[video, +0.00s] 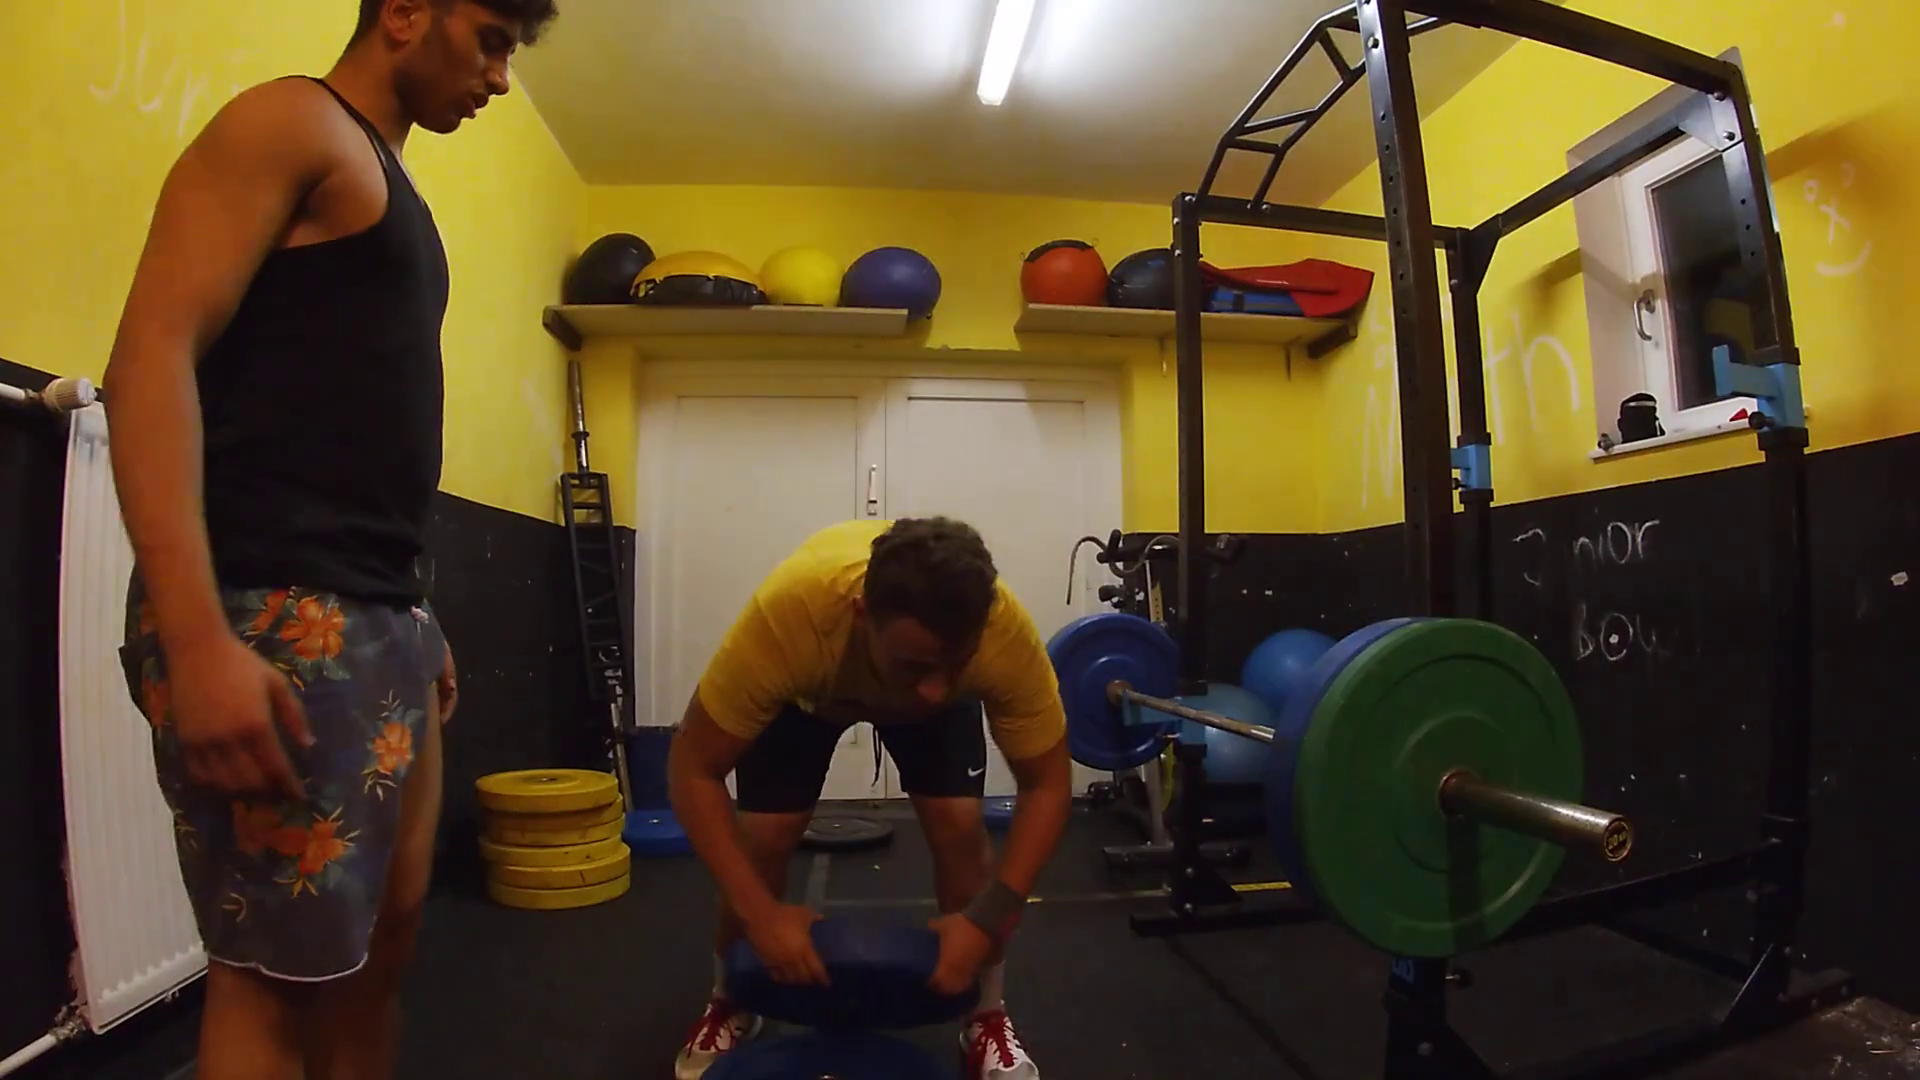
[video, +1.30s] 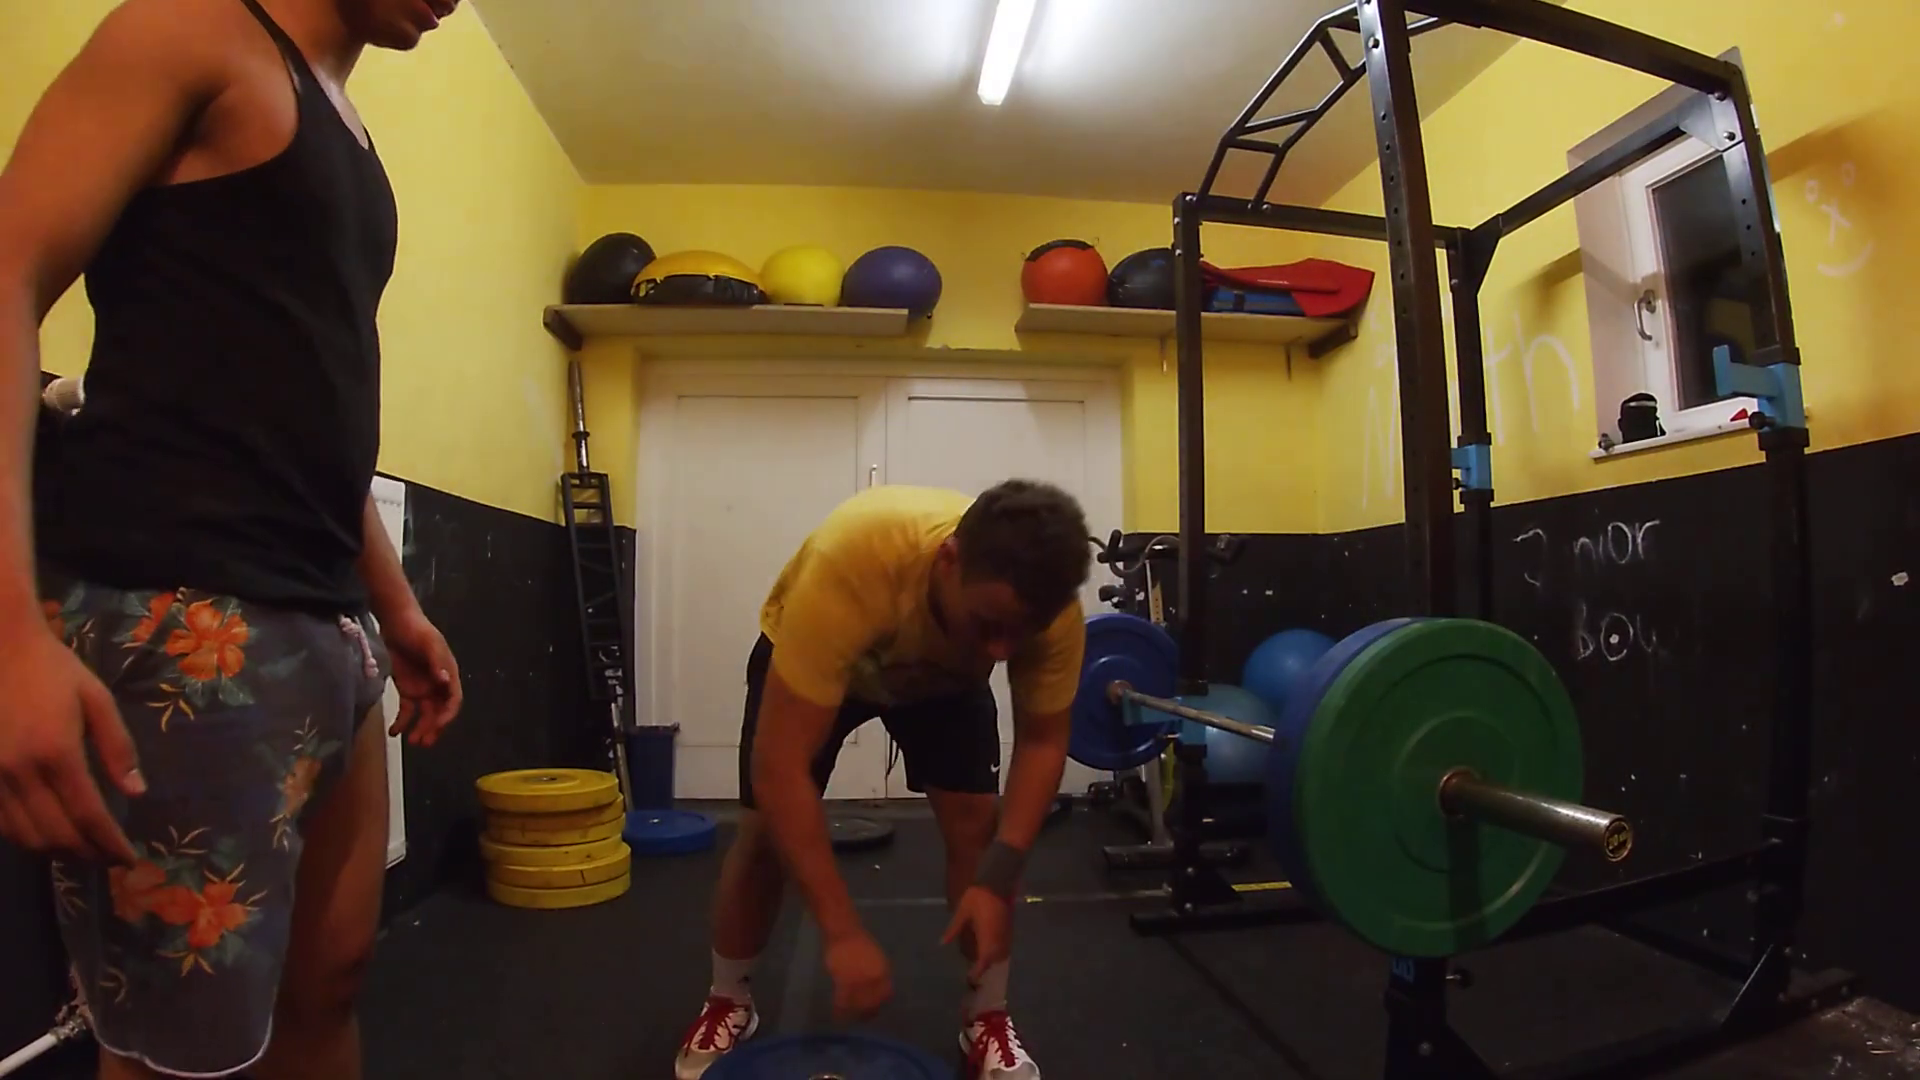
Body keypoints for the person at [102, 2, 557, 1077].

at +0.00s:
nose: (503, 78)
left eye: (512, 52)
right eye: (494, 41)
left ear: (409, 28)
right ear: (404, 16)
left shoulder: (385, 175)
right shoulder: (288, 123)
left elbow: (353, 432)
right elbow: (148, 360)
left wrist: (411, 621)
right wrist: (196, 642)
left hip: (379, 624)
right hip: (281, 623)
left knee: (378, 949)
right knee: (268, 980)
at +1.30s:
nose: (451, 1)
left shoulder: (346, 122)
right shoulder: (188, 32)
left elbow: (313, 400)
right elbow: (10, 283)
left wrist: (392, 604)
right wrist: (14, 629)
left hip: (331, 635)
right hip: (180, 633)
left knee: (324, 1000)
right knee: (172, 1049)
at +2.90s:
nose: (432, 66)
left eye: (454, 46)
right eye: (436, 26)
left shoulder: (338, 146)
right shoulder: (193, 68)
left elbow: (334, 398)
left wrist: (399, 599)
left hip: (345, 617)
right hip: (218, 617)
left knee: (320, 999)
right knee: (211, 1038)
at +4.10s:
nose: (440, 71)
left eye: (463, 54)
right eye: (444, 30)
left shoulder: (353, 158)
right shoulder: (208, 76)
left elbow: (344, 401)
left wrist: (414, 600)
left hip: (357, 618)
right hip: (229, 616)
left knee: (323, 999)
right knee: (217, 1032)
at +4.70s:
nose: (461, 21)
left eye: (471, 5)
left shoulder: (330, 115)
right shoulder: (169, 38)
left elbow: (297, 404)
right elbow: (9, 325)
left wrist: (365, 614)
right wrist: (17, 704)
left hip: (321, 638)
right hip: (184, 639)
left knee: (320, 1004)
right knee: (180, 1047)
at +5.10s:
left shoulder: (276, 88)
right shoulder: (127, 16)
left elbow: (224, 385)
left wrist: (306, 618)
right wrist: (66, 650)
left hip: (285, 633)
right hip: (145, 646)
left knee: (325, 997)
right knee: (166, 1056)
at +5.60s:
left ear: (359, 16)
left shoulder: (277, 137)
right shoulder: (98, 21)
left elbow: (242, 403)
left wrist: (302, 629)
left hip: (222, 615)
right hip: (79, 607)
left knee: (172, 1011)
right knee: (148, 1042)